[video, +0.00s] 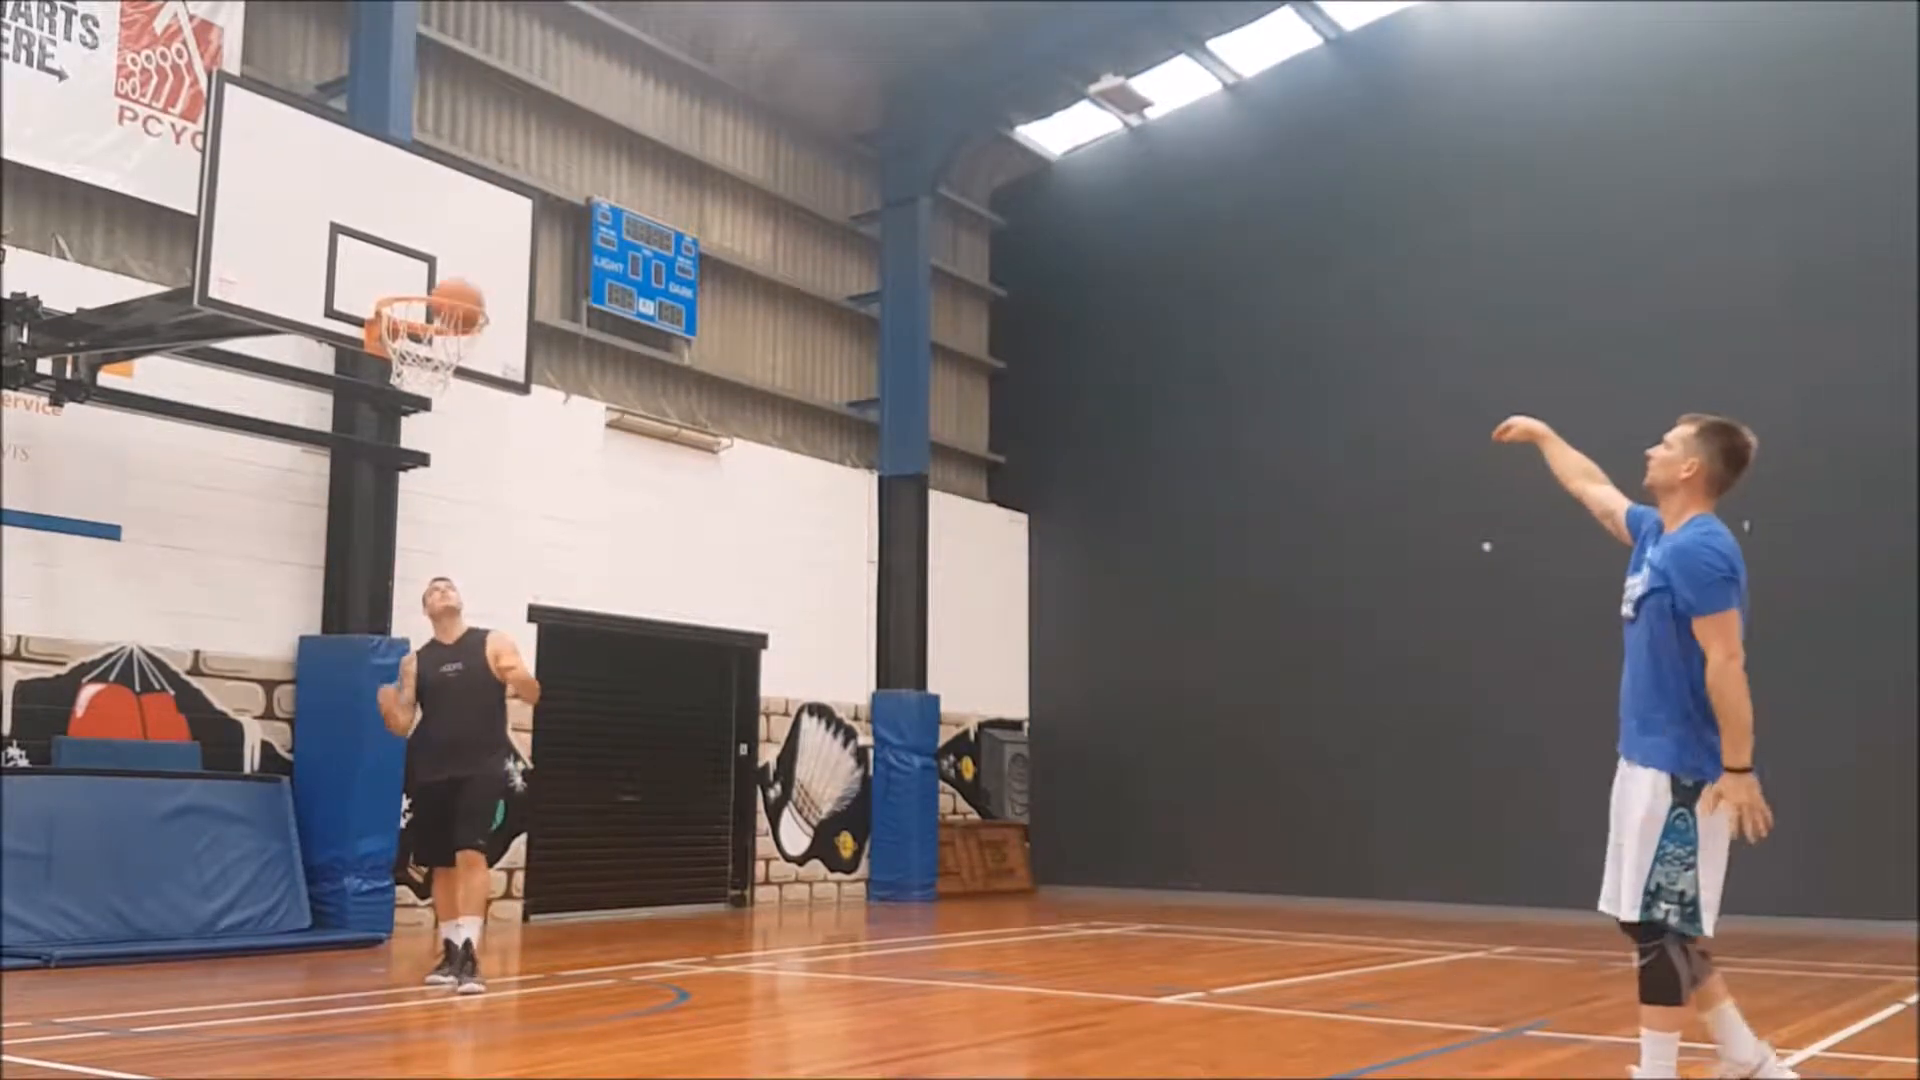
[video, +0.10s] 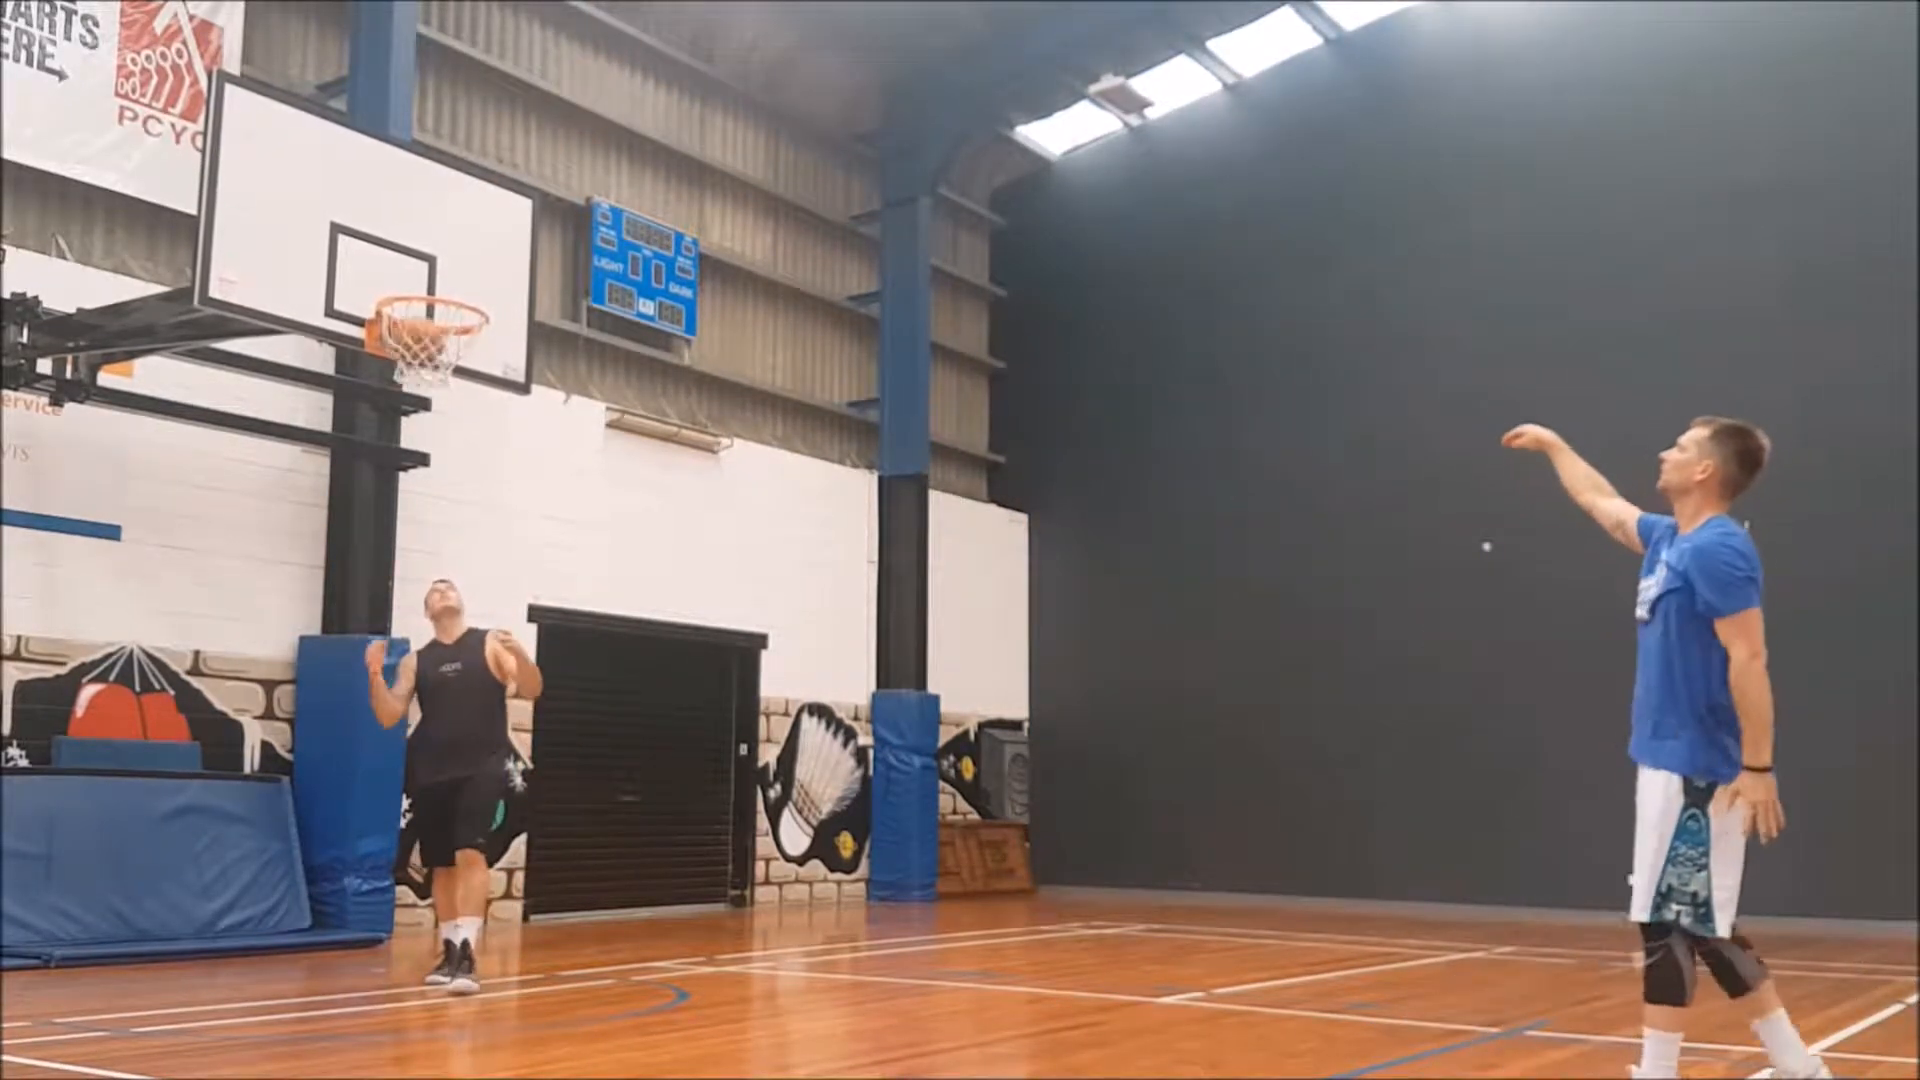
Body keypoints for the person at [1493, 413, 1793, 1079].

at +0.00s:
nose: (1650, 450)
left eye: (1664, 444)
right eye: (1659, 442)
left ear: (1692, 469)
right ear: (1689, 472)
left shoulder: (1698, 546)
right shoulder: (1657, 531)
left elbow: (1727, 660)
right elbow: (1591, 487)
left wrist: (1738, 767)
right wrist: (1540, 432)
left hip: (1682, 771)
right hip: (1647, 763)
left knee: (1657, 924)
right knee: (1644, 918)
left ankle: (1654, 1071)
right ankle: (1748, 1055)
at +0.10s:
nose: (1664, 454)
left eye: (1677, 448)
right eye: (1673, 446)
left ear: (1705, 471)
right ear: (1700, 474)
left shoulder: (1716, 546)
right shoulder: (1668, 535)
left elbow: (1750, 658)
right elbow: (1601, 500)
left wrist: (1758, 766)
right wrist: (1552, 444)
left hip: (1695, 771)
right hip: (1671, 764)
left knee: (1660, 922)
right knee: (1706, 926)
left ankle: (1655, 1071)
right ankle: (1798, 1063)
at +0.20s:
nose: (1678, 457)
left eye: (1692, 450)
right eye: (1686, 448)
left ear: (1721, 473)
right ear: (1718, 477)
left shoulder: (1731, 547)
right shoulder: (1689, 545)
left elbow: (1758, 660)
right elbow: (1615, 535)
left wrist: (1753, 767)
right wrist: (1571, 469)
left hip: (1707, 770)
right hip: (1704, 765)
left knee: (1677, 924)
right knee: (1743, 924)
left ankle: (1657, 1069)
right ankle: (1804, 1065)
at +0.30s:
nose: (1691, 463)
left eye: (1703, 456)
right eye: (1698, 454)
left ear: (1735, 477)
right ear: (1735, 480)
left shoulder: (1743, 550)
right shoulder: (1719, 555)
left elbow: (1760, 661)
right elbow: (1635, 586)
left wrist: (1735, 765)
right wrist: (1594, 517)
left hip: (1739, 775)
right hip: (1752, 773)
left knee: (1695, 924)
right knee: (1761, 927)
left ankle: (1665, 1070)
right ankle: (1806, 1065)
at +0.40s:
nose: (1702, 470)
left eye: (1714, 461)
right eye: (1709, 460)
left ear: (1746, 478)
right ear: (1751, 482)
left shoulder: (1757, 547)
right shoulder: (1752, 553)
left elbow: (1762, 660)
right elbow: (1681, 643)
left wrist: (1714, 757)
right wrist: (1608, 589)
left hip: (1769, 769)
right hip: (1786, 769)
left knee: (1711, 913)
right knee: (1772, 921)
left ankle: (1687, 1070)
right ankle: (1809, 1068)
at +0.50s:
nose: (1717, 472)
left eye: (1728, 461)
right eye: (1722, 461)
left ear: (1762, 474)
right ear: (1767, 478)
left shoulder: (1771, 544)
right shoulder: (1792, 543)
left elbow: (1773, 654)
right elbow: (1744, 670)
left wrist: (1710, 741)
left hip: (1792, 759)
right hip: (1818, 759)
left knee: (1725, 904)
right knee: (1788, 918)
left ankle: (1772, 1066)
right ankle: (1810, 1065)